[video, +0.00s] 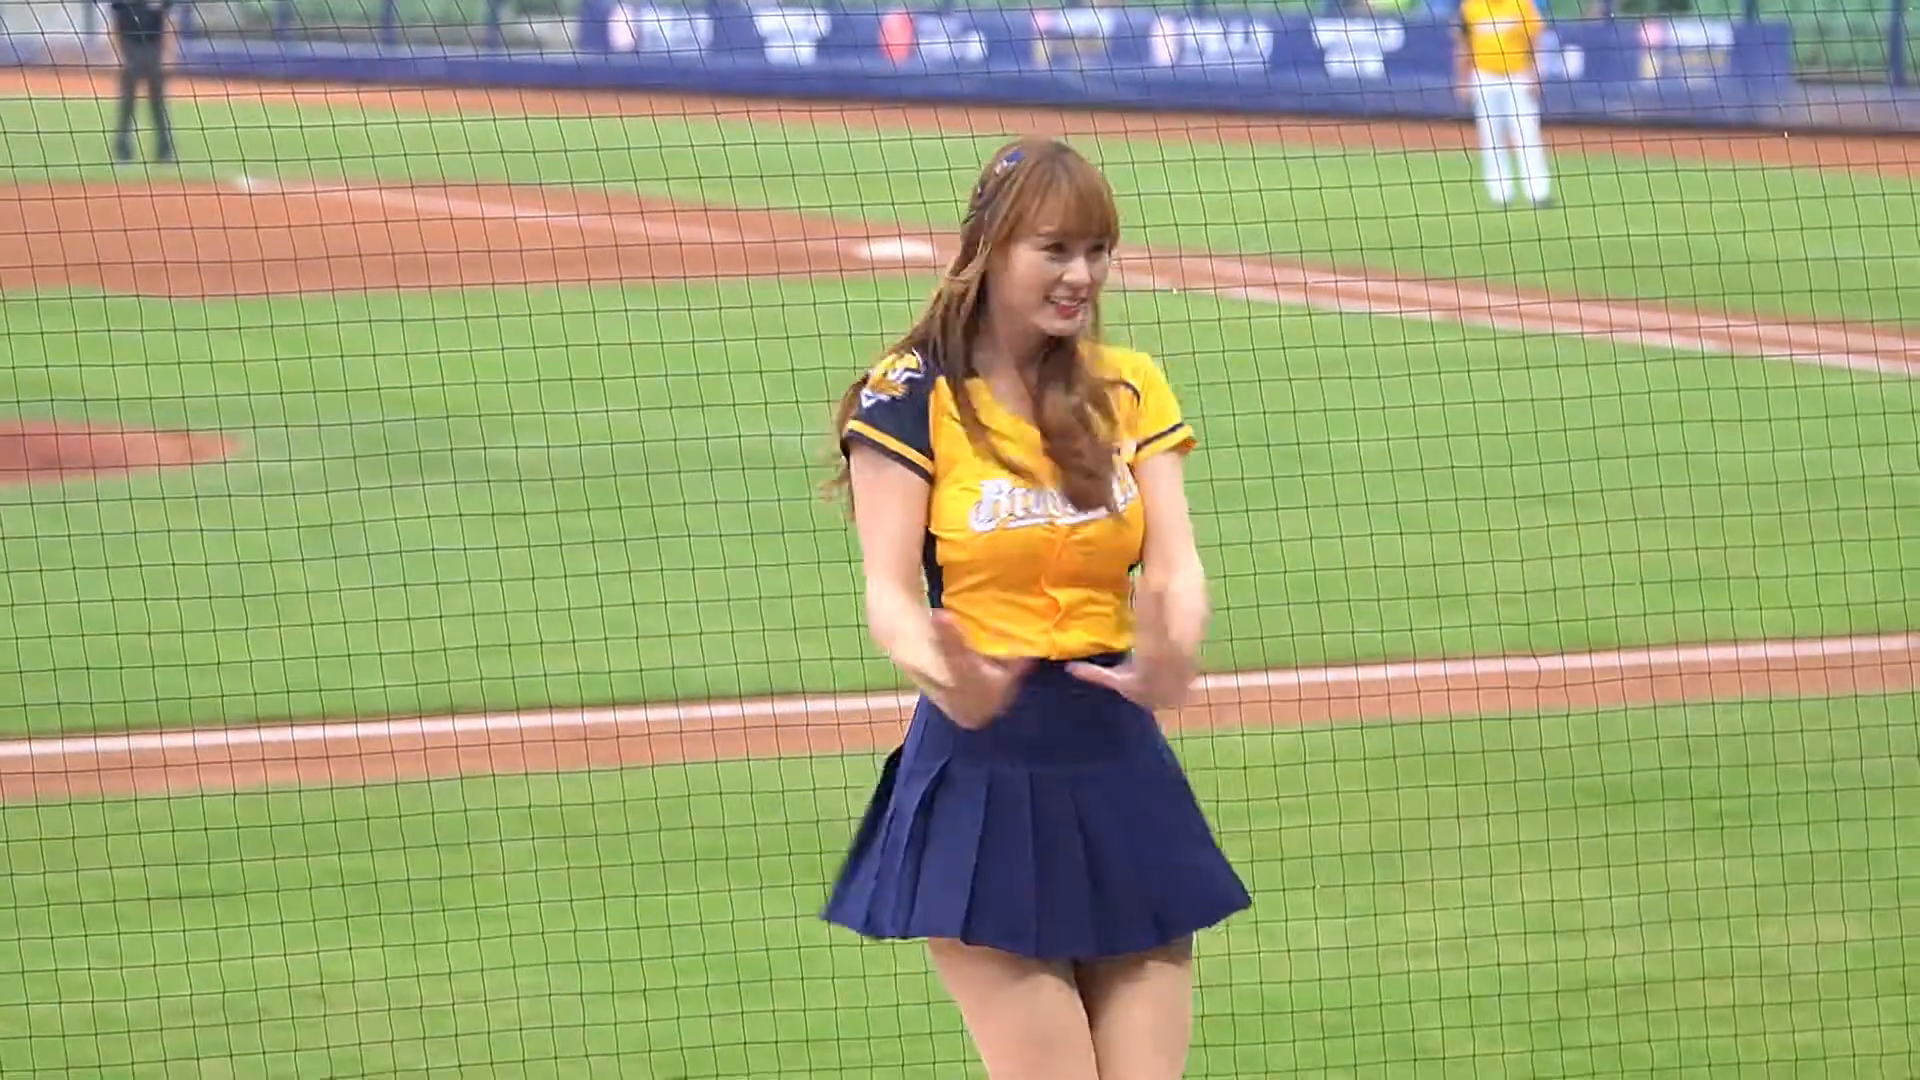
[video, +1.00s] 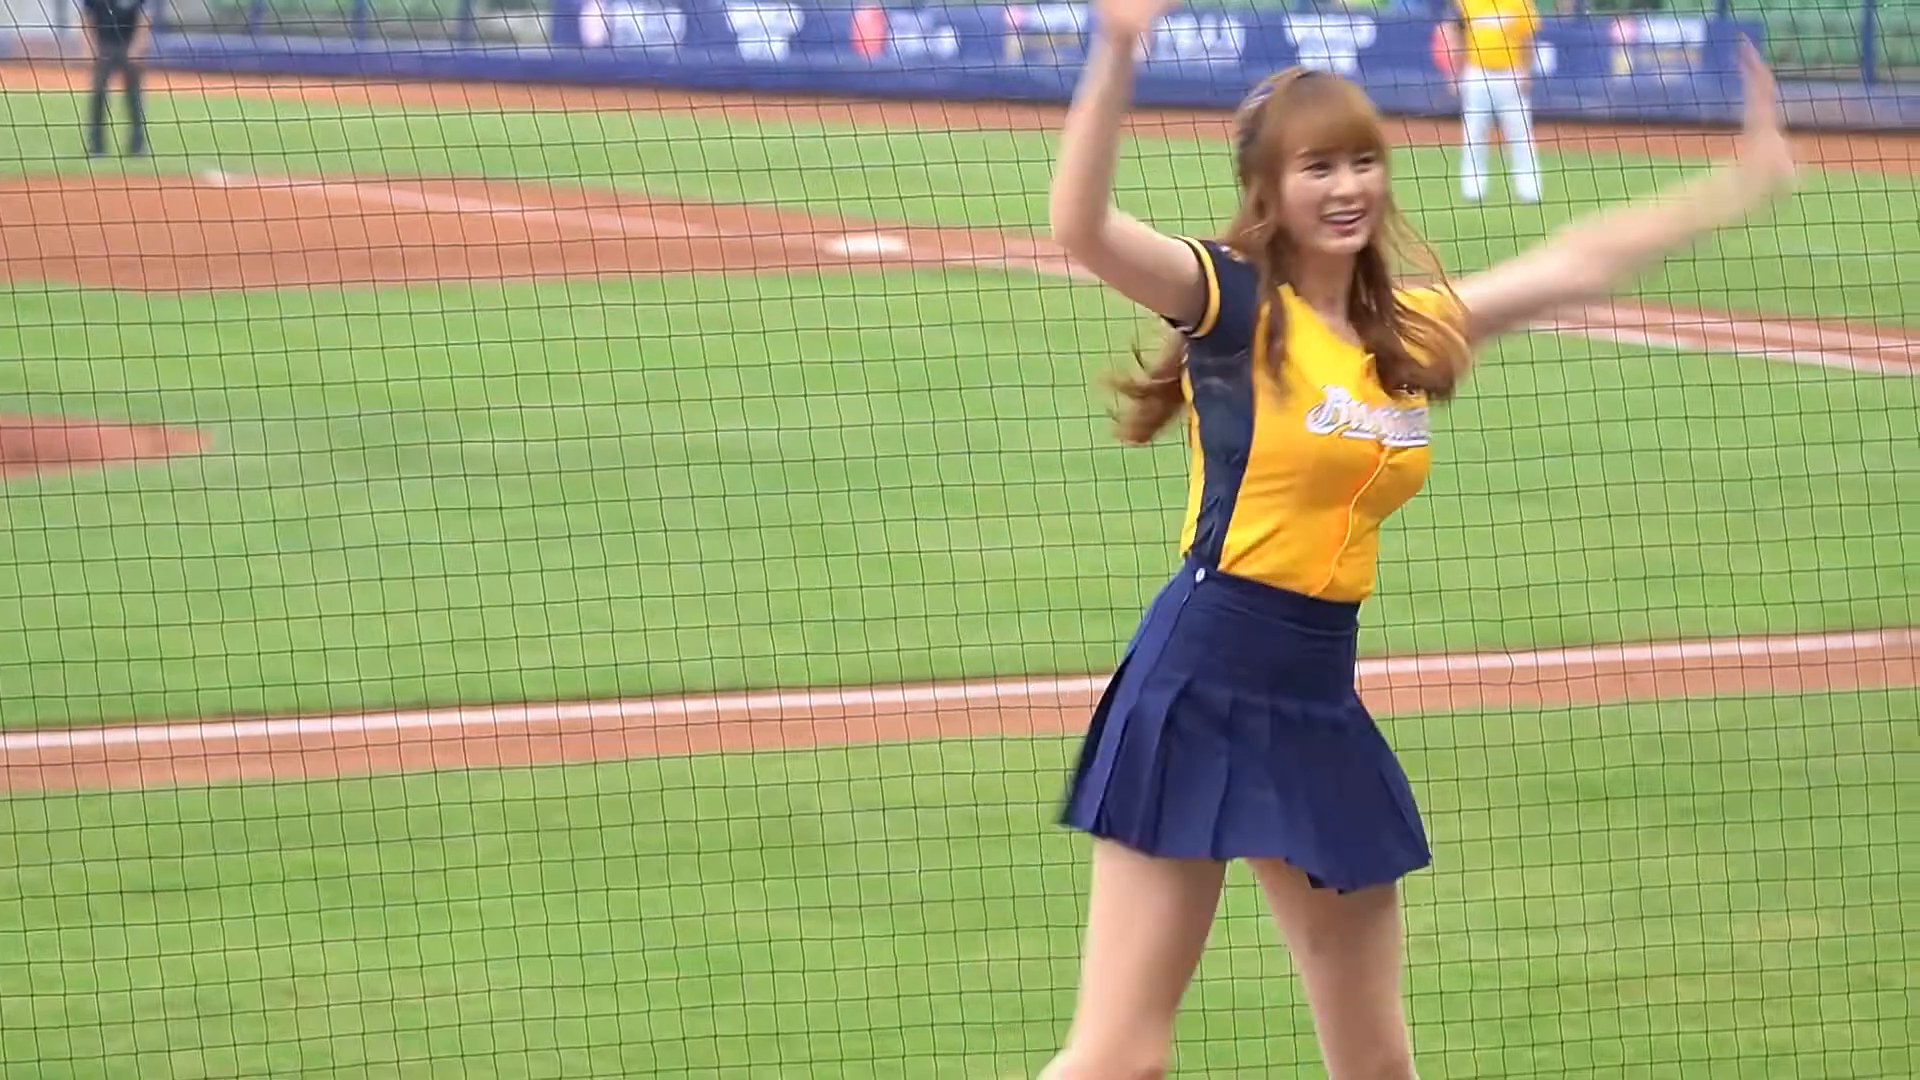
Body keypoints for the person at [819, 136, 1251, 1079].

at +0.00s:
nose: (1079, 275)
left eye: (1095, 252)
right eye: (1053, 250)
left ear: (1112, 258)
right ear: (986, 251)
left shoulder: (1128, 385)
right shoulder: (907, 394)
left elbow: (1172, 561)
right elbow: (892, 590)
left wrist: (1168, 657)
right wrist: (948, 674)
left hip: (1121, 739)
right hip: (981, 745)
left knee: (1146, 1063)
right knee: (1051, 1062)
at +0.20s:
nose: (1076, 207)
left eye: (1096, 187)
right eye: (1048, 181)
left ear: (1115, 206)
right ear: (981, 197)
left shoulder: (1140, 320)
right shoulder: (919, 340)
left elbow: (1130, 467)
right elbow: (821, 506)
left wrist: (1042, 547)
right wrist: (721, 579)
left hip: (1128, 705)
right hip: (982, 703)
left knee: (1095, 1059)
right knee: (982, 1057)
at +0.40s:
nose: (1099, 231)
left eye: (1115, 209)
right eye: (1069, 207)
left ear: (1131, 225)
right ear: (1007, 224)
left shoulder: (1154, 348)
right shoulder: (943, 365)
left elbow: (1094, 507)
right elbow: (838, 529)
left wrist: (1014, 654)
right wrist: (716, 669)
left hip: (1151, 708)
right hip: (1001, 699)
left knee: (1107, 1063)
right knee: (994, 1057)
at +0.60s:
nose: (1157, 249)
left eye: (1172, 225)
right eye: (1128, 228)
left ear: (1190, 238)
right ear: (1064, 247)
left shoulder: (1214, 342)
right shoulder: (1003, 393)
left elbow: (1197, 446)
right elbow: (895, 549)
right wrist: (773, 701)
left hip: (1180, 728)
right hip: (1042, 734)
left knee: (1235, 1051)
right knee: (1039, 1062)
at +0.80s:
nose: (1253, 174)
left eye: (1266, 145)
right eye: (1222, 157)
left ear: (1285, 149)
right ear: (1166, 174)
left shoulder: (1300, 275)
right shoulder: (1124, 280)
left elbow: (1388, 150)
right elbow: (950, 229)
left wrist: (1463, 26)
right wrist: (797, 158)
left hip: (1255, 665)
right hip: (1129, 656)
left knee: (1351, 1052)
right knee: (1051, 1042)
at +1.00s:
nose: (1348, 184)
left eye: (1363, 159)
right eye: (1318, 164)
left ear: (1386, 173)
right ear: (1266, 188)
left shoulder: (1417, 327)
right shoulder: (1232, 301)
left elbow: (1582, 259)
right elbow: (1083, 227)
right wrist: (1115, 46)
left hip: (1318, 694)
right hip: (1198, 674)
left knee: (1373, 1057)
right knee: (1115, 1053)